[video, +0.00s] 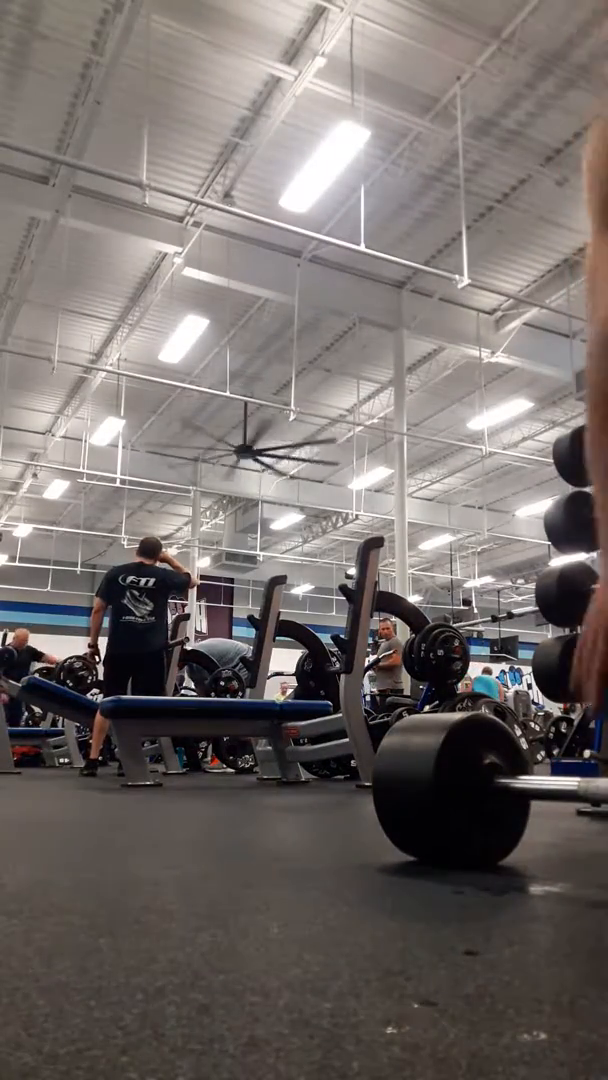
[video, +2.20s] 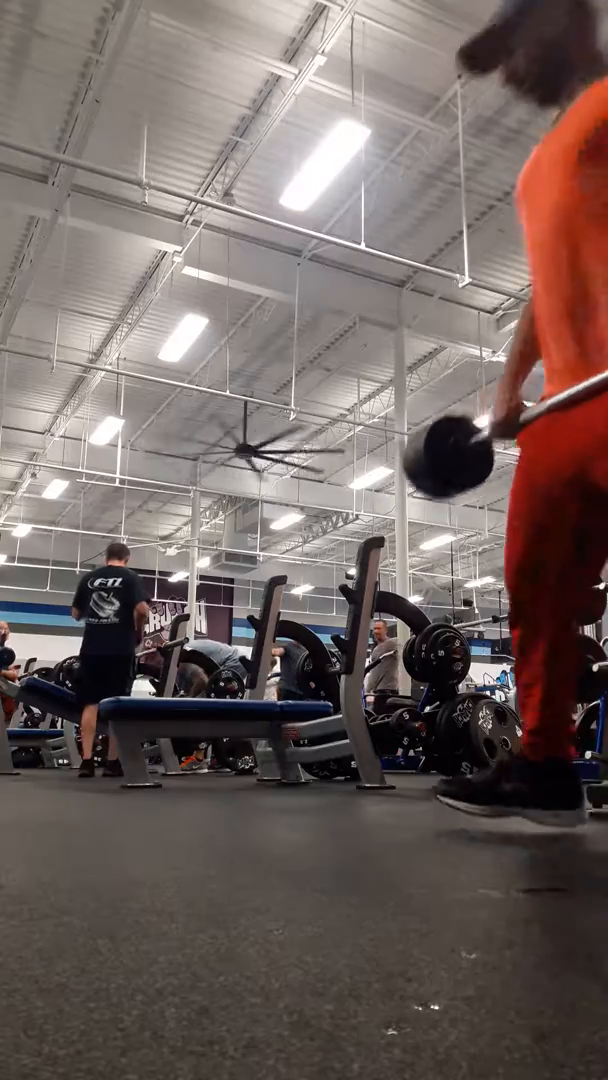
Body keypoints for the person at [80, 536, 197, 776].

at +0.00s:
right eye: (159, 554)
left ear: (137, 552)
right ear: (158, 556)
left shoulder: (116, 573)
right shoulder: (163, 577)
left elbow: (98, 609)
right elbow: (191, 581)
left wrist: (93, 642)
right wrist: (170, 560)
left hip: (118, 651)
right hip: (151, 652)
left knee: (108, 703)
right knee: (148, 706)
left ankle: (93, 758)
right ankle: (136, 763)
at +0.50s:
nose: (158, 557)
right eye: (158, 554)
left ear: (133, 553)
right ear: (155, 555)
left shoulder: (114, 574)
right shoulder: (161, 578)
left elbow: (98, 612)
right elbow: (189, 596)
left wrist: (99, 645)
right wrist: (180, 577)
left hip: (118, 648)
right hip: (149, 650)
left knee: (109, 702)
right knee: (150, 704)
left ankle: (93, 758)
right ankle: (138, 763)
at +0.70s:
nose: (155, 558)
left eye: (153, 555)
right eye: (155, 555)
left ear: (130, 554)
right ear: (152, 555)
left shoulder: (112, 575)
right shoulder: (156, 577)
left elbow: (96, 613)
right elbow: (180, 601)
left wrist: (99, 647)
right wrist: (188, 612)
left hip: (115, 649)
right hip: (146, 650)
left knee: (106, 703)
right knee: (146, 706)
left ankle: (90, 758)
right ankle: (137, 765)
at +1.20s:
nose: (152, 564)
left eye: (151, 562)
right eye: (152, 561)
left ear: (128, 555)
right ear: (149, 560)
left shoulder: (106, 575)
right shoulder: (151, 578)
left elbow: (90, 613)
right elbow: (164, 608)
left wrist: (93, 645)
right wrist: (157, 621)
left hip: (108, 650)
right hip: (138, 651)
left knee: (101, 704)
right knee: (137, 705)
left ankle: (88, 759)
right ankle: (129, 762)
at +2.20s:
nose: (123, 563)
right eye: (126, 560)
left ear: (105, 558)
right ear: (126, 559)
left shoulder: (89, 577)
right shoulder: (131, 577)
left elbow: (76, 612)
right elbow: (142, 609)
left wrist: (96, 610)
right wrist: (139, 629)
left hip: (92, 650)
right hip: (121, 651)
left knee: (90, 703)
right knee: (118, 705)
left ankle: (86, 760)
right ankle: (113, 761)